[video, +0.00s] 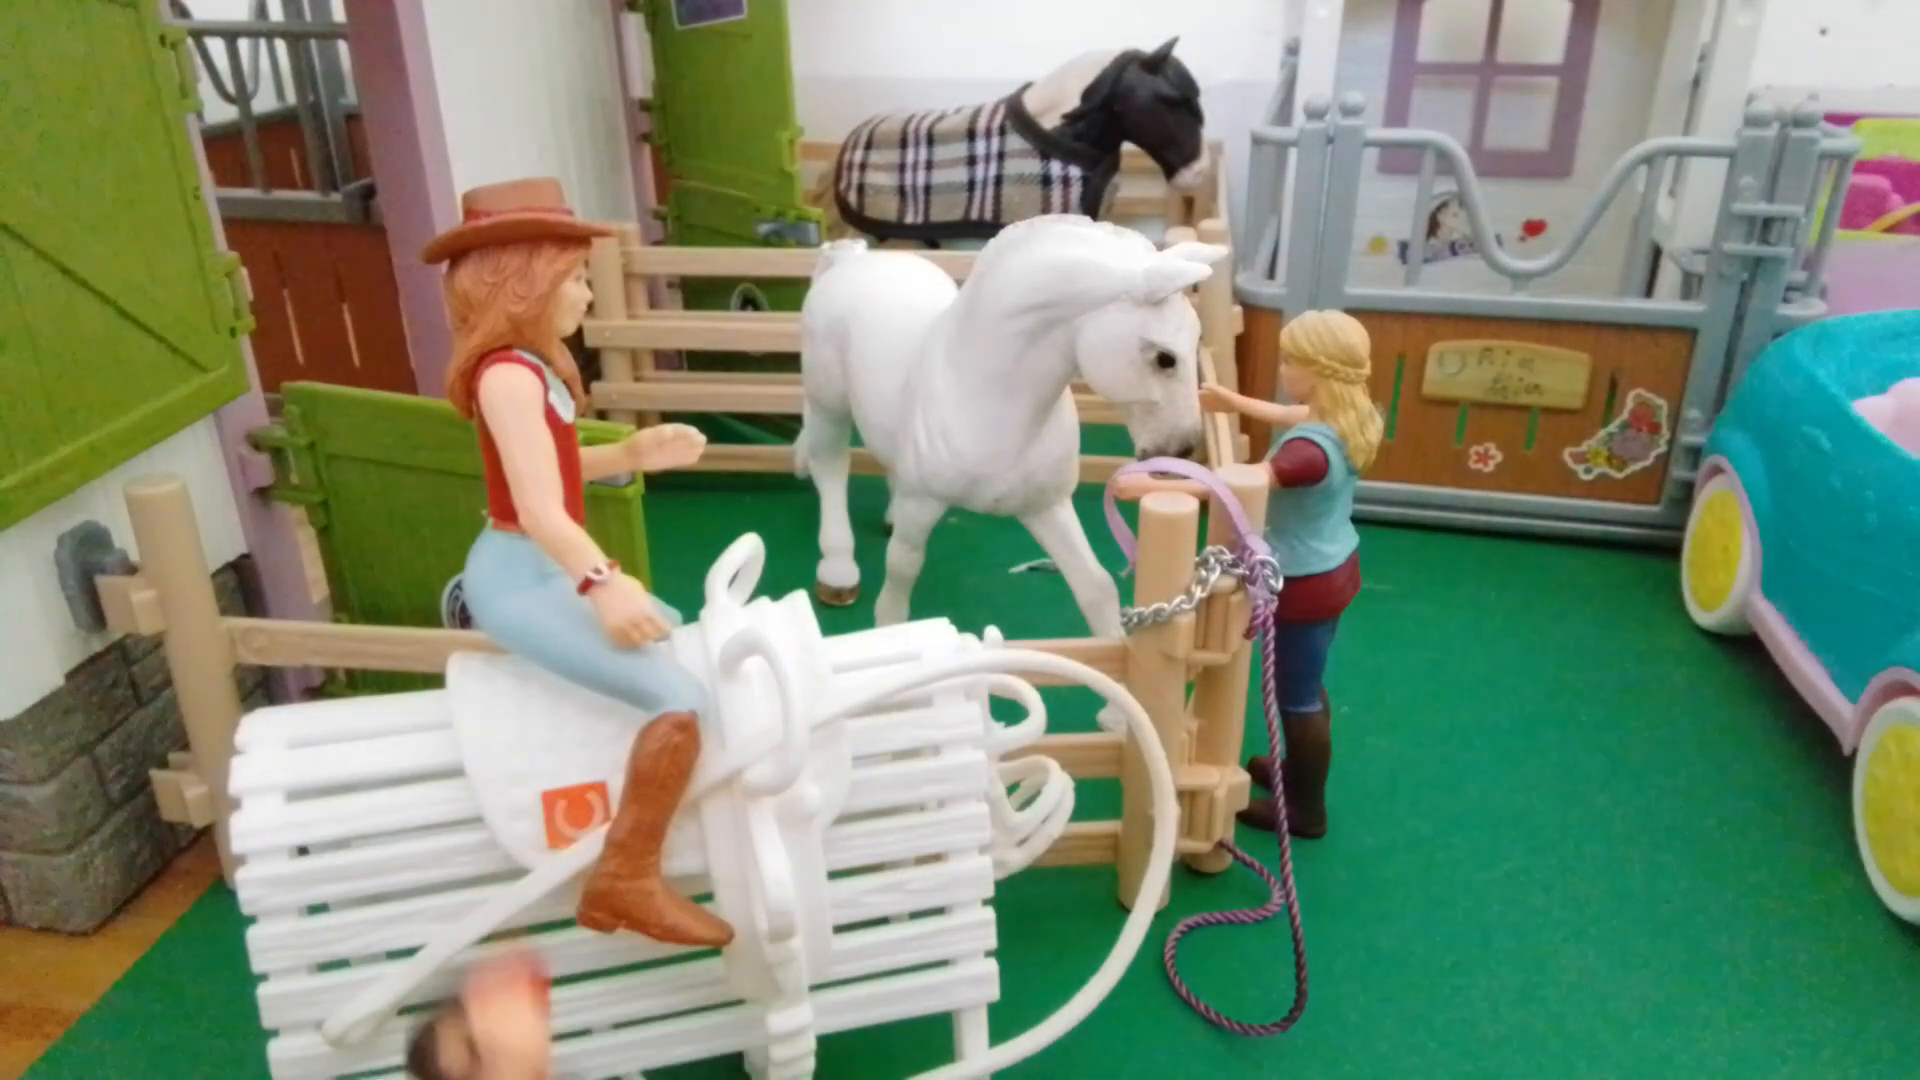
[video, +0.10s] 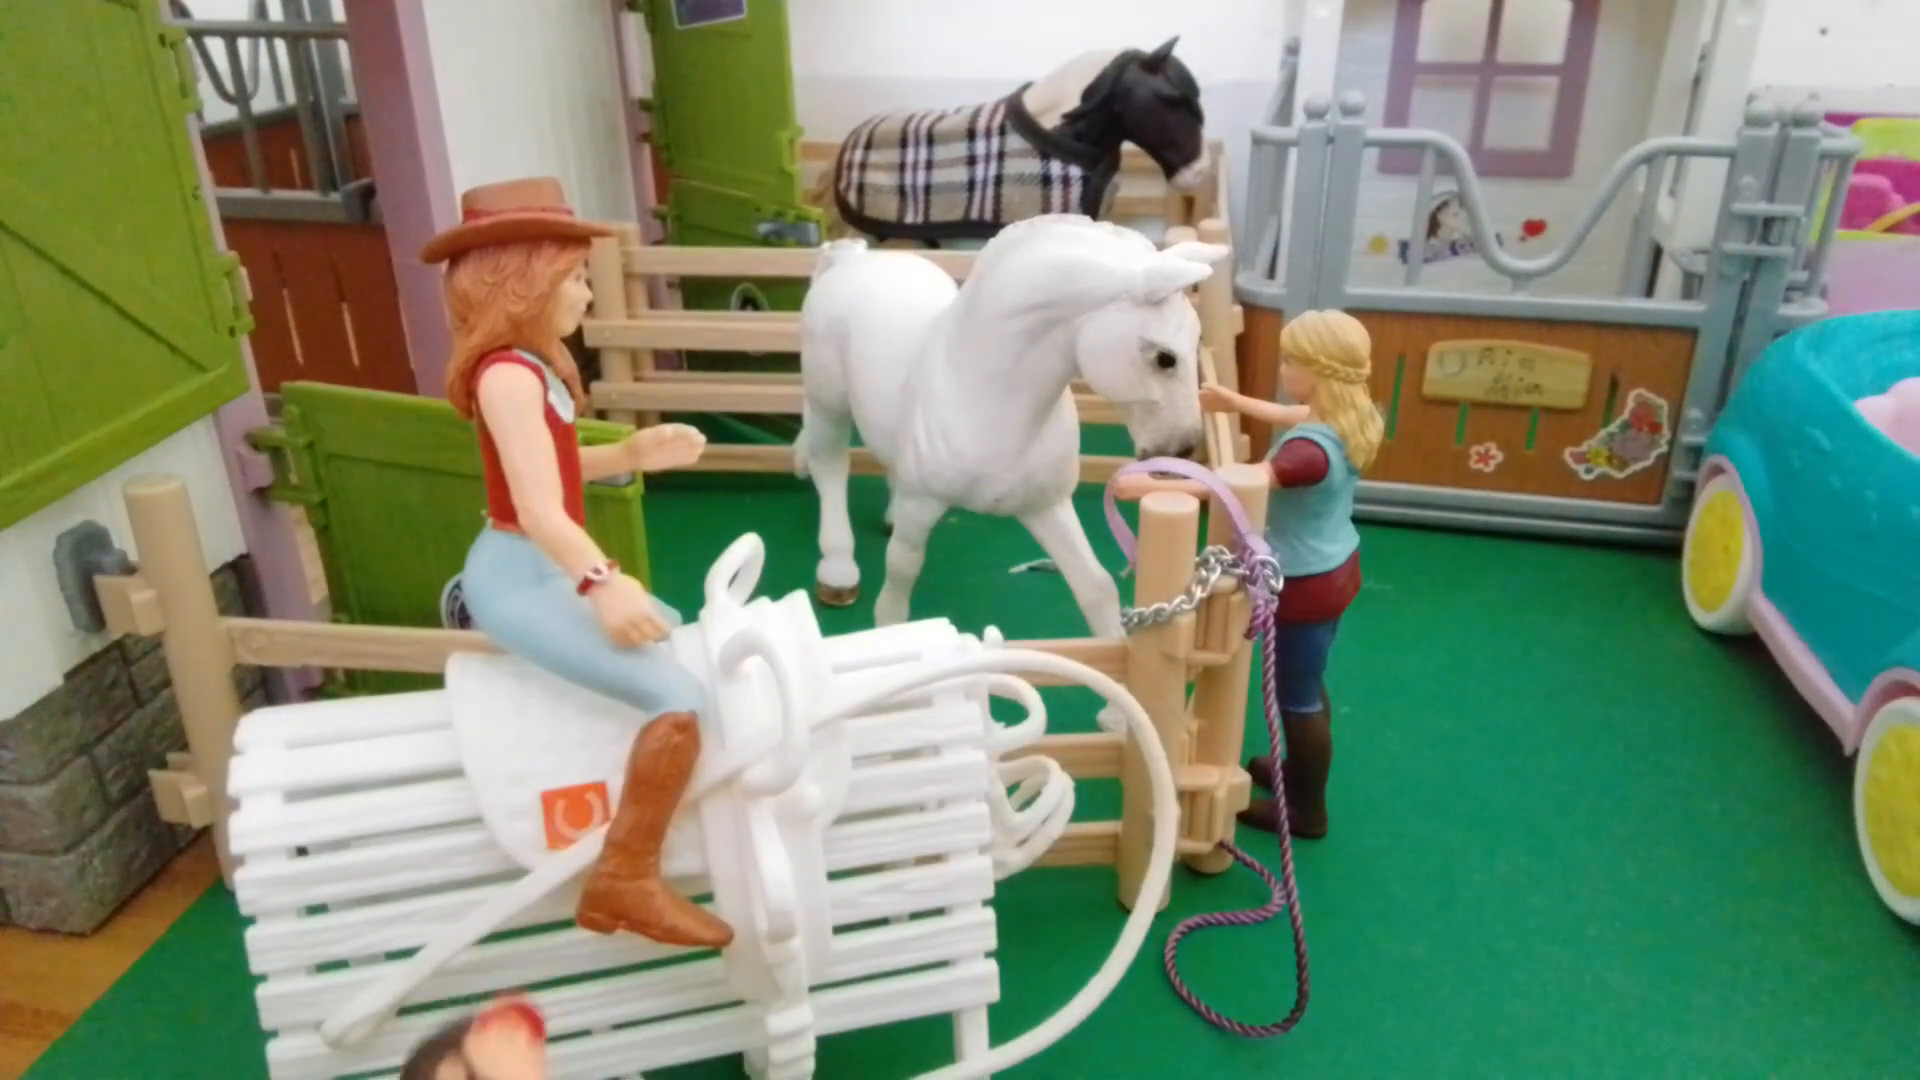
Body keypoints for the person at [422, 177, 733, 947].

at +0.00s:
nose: (588, 293)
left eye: (585, 277)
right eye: (576, 278)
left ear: (531, 288)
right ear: (528, 285)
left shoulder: (536, 369)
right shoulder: (509, 377)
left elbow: (552, 469)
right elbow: (536, 512)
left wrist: (634, 454)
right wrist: (605, 583)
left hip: (551, 563)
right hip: (517, 577)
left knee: (704, 656)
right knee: (682, 696)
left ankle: (636, 872)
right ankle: (625, 879)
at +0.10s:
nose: (587, 292)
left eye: (584, 276)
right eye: (575, 277)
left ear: (531, 288)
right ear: (527, 285)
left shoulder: (538, 369)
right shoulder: (509, 377)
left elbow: (553, 469)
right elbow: (536, 513)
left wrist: (635, 454)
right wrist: (604, 583)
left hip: (552, 563)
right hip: (515, 576)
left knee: (706, 655)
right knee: (682, 694)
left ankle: (636, 870)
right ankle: (625, 879)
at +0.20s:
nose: (587, 293)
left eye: (584, 277)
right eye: (575, 278)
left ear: (532, 288)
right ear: (527, 285)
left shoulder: (537, 369)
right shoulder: (509, 377)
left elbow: (553, 469)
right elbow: (536, 513)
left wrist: (634, 454)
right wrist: (604, 583)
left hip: (551, 564)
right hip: (515, 577)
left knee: (705, 656)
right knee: (682, 695)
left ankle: (637, 873)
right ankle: (624, 879)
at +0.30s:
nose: (587, 293)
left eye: (584, 277)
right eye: (575, 278)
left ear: (530, 288)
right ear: (526, 286)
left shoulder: (537, 369)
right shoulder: (509, 377)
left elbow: (552, 469)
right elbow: (536, 512)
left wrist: (634, 454)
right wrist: (604, 583)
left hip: (552, 563)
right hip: (515, 576)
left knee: (705, 655)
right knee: (681, 695)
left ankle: (636, 870)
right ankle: (624, 879)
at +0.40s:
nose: (587, 293)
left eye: (585, 277)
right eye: (575, 278)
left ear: (531, 288)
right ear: (527, 285)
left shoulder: (538, 369)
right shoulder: (509, 377)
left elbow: (553, 469)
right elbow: (537, 513)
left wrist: (634, 454)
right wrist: (604, 583)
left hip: (551, 563)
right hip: (515, 576)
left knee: (704, 656)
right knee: (681, 694)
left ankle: (636, 871)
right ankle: (625, 879)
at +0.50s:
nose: (587, 293)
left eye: (584, 277)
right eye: (575, 278)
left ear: (531, 288)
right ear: (527, 286)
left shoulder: (538, 369)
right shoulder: (509, 377)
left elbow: (553, 469)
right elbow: (536, 512)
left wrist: (634, 454)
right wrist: (604, 583)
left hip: (551, 563)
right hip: (515, 576)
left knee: (705, 656)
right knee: (681, 694)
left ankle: (636, 871)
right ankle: (625, 879)